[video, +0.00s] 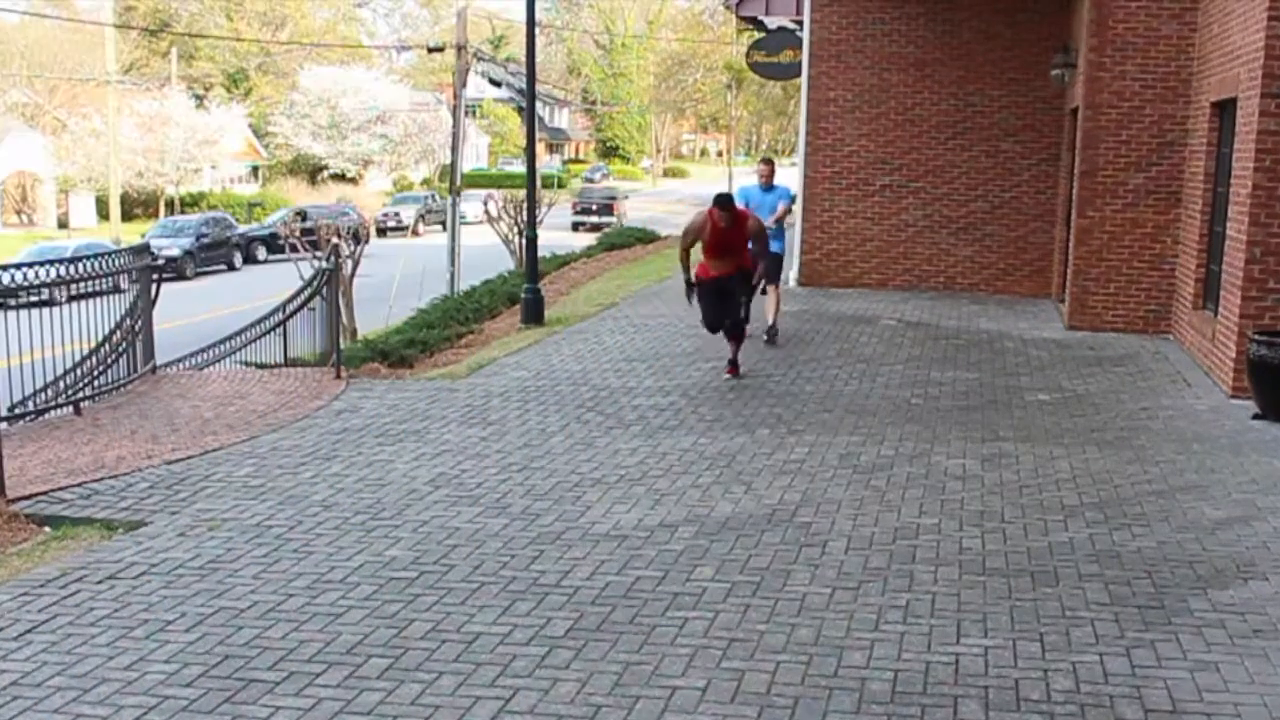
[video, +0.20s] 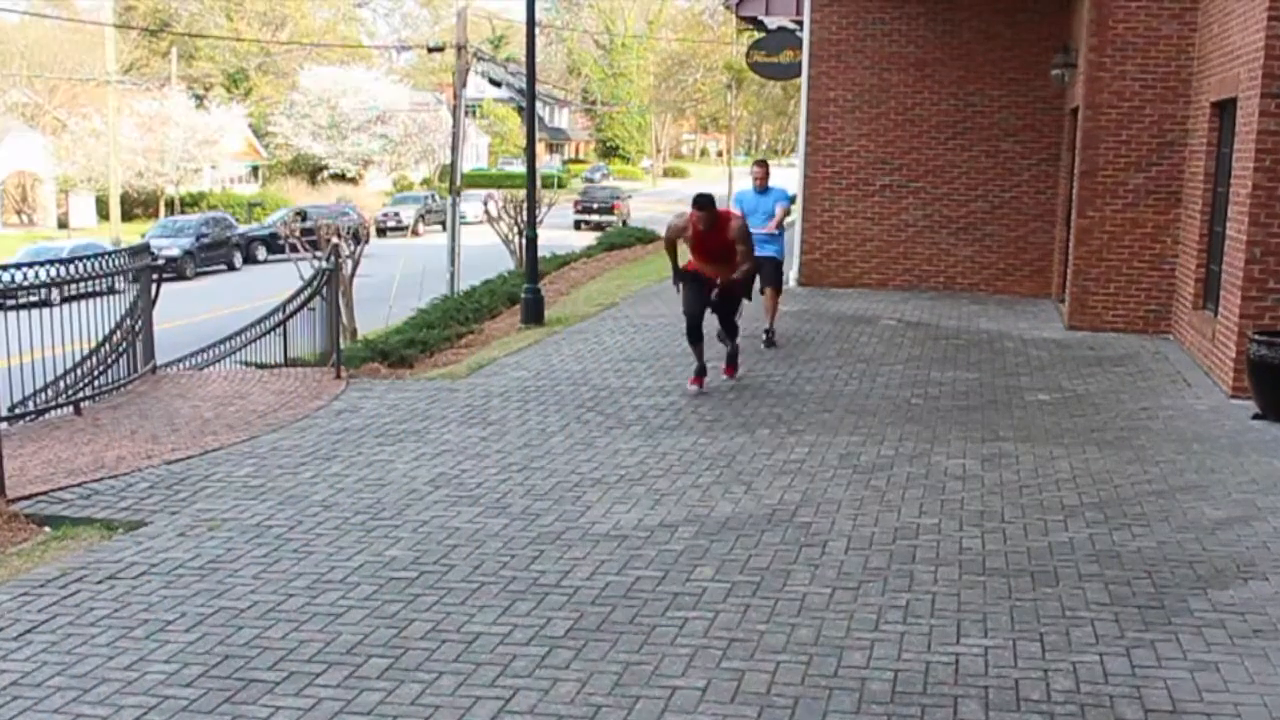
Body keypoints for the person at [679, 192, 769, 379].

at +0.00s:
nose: (723, 219)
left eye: (727, 214)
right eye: (719, 214)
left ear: (734, 211)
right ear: (713, 211)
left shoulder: (751, 224)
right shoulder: (702, 222)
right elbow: (684, 247)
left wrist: (756, 280)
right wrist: (687, 279)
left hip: (738, 275)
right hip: (709, 277)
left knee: (736, 323)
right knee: (712, 326)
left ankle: (733, 360)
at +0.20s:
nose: (698, 222)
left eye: (702, 218)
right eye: (696, 217)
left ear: (713, 214)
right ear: (692, 214)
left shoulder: (735, 226)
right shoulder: (683, 224)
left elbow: (748, 263)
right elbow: (669, 240)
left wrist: (728, 282)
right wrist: (675, 269)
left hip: (729, 276)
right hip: (698, 273)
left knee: (726, 320)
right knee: (692, 320)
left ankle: (732, 350)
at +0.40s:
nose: (683, 229)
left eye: (687, 225)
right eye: (680, 224)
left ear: (699, 220)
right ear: (677, 220)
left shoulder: (722, 232)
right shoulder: (670, 235)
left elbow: (751, 252)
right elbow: (658, 267)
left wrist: (750, 283)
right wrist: (660, 283)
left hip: (716, 288)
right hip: (686, 287)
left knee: (703, 335)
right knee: (683, 340)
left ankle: (720, 348)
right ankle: (697, 378)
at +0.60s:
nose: (688, 228)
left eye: (692, 223)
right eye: (683, 224)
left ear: (700, 217)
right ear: (675, 218)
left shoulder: (722, 229)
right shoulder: (663, 231)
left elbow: (740, 258)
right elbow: (648, 263)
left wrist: (734, 292)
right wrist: (654, 300)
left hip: (707, 290)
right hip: (675, 293)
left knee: (709, 344)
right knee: (679, 350)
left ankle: (709, 390)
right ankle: (693, 351)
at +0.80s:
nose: (670, 233)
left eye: (675, 228)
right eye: (665, 228)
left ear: (685, 219)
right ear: (658, 220)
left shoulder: (707, 233)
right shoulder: (647, 233)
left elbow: (724, 274)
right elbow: (631, 245)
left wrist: (707, 282)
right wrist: (644, 277)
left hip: (698, 295)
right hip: (664, 290)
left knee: (698, 343)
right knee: (662, 338)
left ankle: (707, 387)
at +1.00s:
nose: (644, 234)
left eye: (650, 229)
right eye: (640, 227)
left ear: (664, 223)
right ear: (635, 223)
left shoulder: (690, 243)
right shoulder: (628, 249)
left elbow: (722, 273)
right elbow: (620, 285)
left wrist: (716, 312)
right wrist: (619, 316)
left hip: (687, 311)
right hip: (652, 310)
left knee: (676, 372)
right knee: (647, 372)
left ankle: (694, 376)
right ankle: (670, 416)